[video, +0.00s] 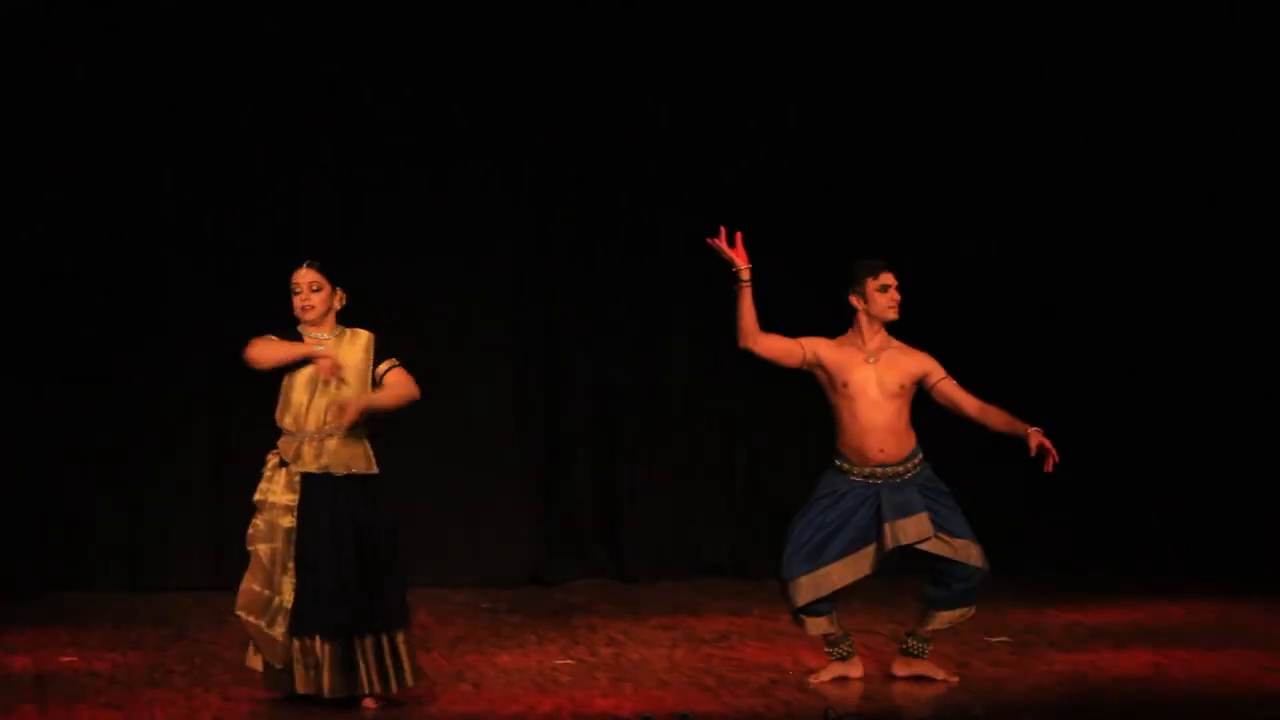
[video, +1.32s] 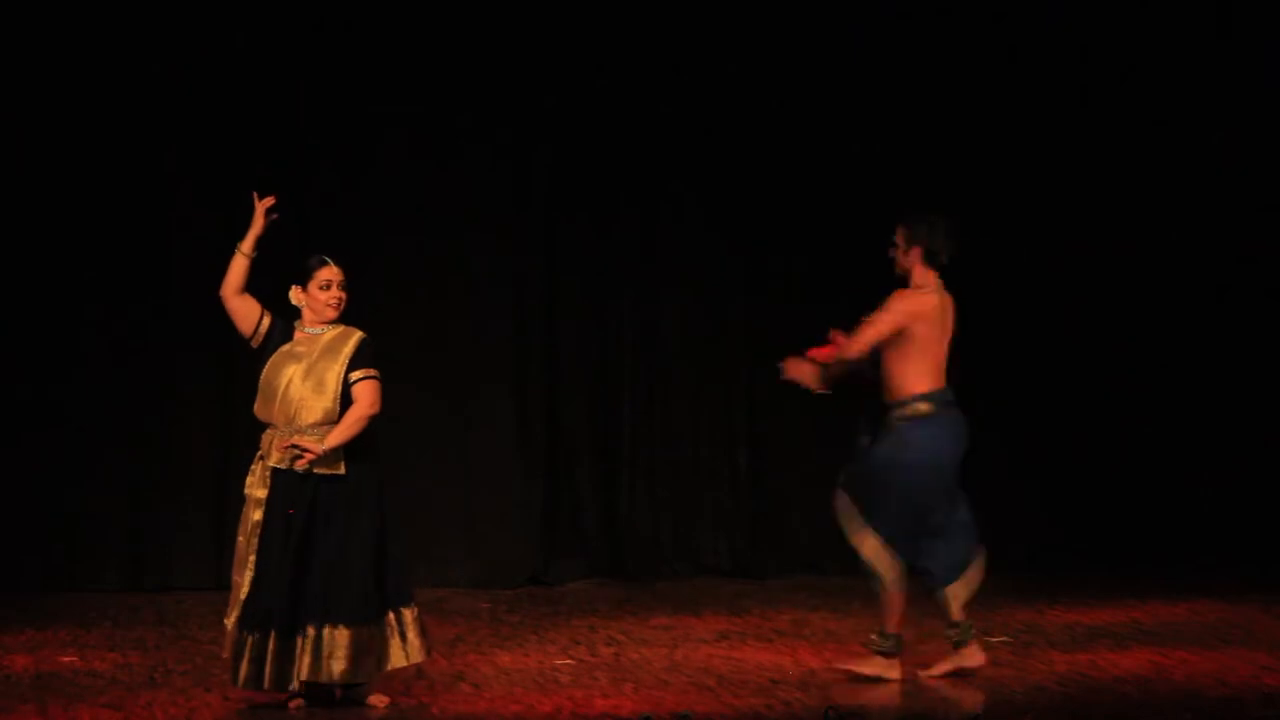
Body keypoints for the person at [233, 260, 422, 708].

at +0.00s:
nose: (304, 298)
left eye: (314, 290)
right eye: (298, 292)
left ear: (336, 297)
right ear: (292, 303)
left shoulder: (360, 343)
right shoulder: (289, 346)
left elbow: (407, 388)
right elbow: (255, 354)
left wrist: (363, 402)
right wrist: (311, 352)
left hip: (348, 476)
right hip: (294, 476)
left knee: (360, 576)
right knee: (297, 575)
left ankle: (369, 684)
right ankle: (305, 679)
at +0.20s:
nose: (307, 301)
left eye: (317, 293)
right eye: (301, 294)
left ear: (342, 300)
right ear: (297, 303)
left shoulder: (366, 344)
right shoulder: (299, 346)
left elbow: (398, 397)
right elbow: (269, 359)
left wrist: (362, 428)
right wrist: (297, 323)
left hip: (353, 478)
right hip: (302, 477)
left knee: (358, 577)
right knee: (303, 577)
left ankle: (366, 681)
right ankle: (306, 678)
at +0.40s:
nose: (311, 297)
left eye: (322, 289)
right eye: (307, 290)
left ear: (348, 296)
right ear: (302, 297)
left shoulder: (371, 342)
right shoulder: (296, 344)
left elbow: (393, 399)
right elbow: (240, 322)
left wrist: (348, 434)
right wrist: (249, 257)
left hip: (350, 478)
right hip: (300, 478)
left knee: (356, 576)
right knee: (307, 579)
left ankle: (363, 679)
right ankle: (318, 680)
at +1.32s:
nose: (337, 294)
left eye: (342, 288)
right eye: (326, 286)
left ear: (345, 298)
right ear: (298, 294)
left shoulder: (351, 343)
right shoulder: (278, 336)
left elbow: (367, 404)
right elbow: (232, 294)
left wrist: (325, 445)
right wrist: (252, 235)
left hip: (337, 475)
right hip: (280, 474)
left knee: (349, 576)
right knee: (289, 577)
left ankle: (356, 681)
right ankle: (300, 683)